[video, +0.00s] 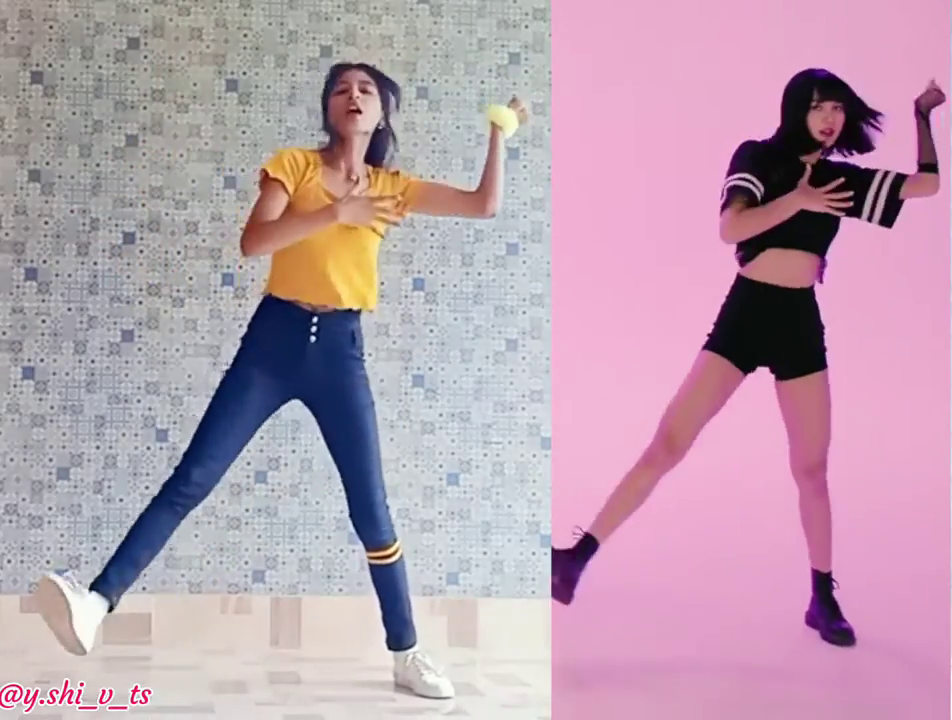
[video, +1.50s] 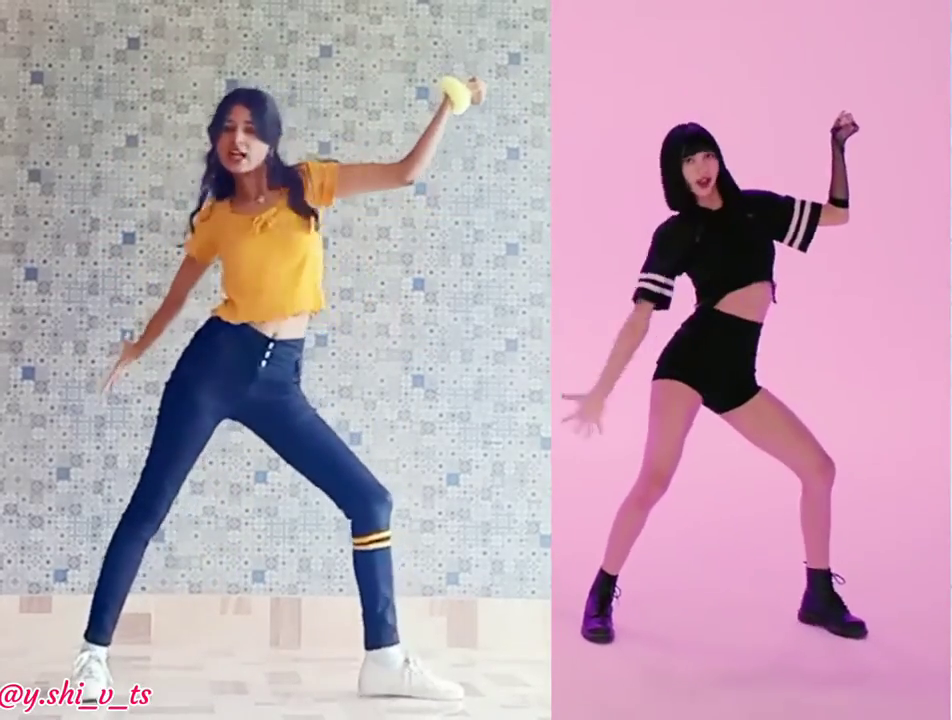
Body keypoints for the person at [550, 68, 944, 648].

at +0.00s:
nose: (829, 118)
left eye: (837, 109)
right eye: (818, 108)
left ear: (847, 117)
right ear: (796, 111)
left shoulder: (840, 177)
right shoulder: (758, 156)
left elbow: (927, 184)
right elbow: (731, 229)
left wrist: (923, 119)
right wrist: (796, 201)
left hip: (800, 325)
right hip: (742, 317)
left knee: (812, 470)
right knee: (665, 450)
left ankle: (823, 597)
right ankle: (576, 558)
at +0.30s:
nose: (753, 153)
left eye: (760, 142)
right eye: (740, 145)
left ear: (772, 148)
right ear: (719, 155)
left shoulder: (794, 198)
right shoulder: (712, 205)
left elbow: (880, 215)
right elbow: (727, 272)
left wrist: (875, 150)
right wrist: (774, 232)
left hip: (754, 366)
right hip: (708, 351)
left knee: (841, 467)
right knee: (661, 472)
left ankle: (814, 590)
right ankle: (596, 590)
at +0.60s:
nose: (730, 170)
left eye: (739, 160)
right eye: (720, 160)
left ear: (750, 164)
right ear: (701, 164)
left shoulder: (768, 209)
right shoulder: (695, 211)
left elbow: (845, 216)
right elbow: (733, 236)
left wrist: (840, 149)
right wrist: (771, 232)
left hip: (747, 371)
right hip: (700, 359)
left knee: (835, 462)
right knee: (654, 481)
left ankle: (815, 582)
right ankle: (599, 585)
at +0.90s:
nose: (717, 179)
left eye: (726, 168)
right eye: (707, 168)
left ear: (739, 171)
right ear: (689, 169)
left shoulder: (756, 214)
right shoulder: (671, 224)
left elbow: (837, 222)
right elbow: (633, 301)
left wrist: (829, 159)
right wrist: (677, 252)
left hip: (726, 367)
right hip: (678, 356)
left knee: (812, 462)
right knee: (634, 478)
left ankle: (801, 578)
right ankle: (586, 581)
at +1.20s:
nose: (708, 175)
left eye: (718, 165)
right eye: (698, 163)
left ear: (729, 168)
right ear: (682, 165)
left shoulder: (745, 208)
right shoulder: (671, 219)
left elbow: (824, 209)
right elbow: (717, 283)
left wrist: (821, 143)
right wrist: (798, 301)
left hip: (725, 369)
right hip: (677, 359)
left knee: (811, 460)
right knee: (637, 475)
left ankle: (801, 580)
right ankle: (586, 582)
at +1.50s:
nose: (701, 167)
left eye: (706, 156)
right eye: (689, 162)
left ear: (719, 159)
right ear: (676, 173)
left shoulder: (756, 208)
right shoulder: (677, 233)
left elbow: (837, 214)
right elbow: (639, 316)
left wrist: (838, 147)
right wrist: (599, 391)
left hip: (735, 373)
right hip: (688, 362)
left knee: (818, 469)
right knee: (653, 481)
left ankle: (819, 594)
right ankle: (602, 594)